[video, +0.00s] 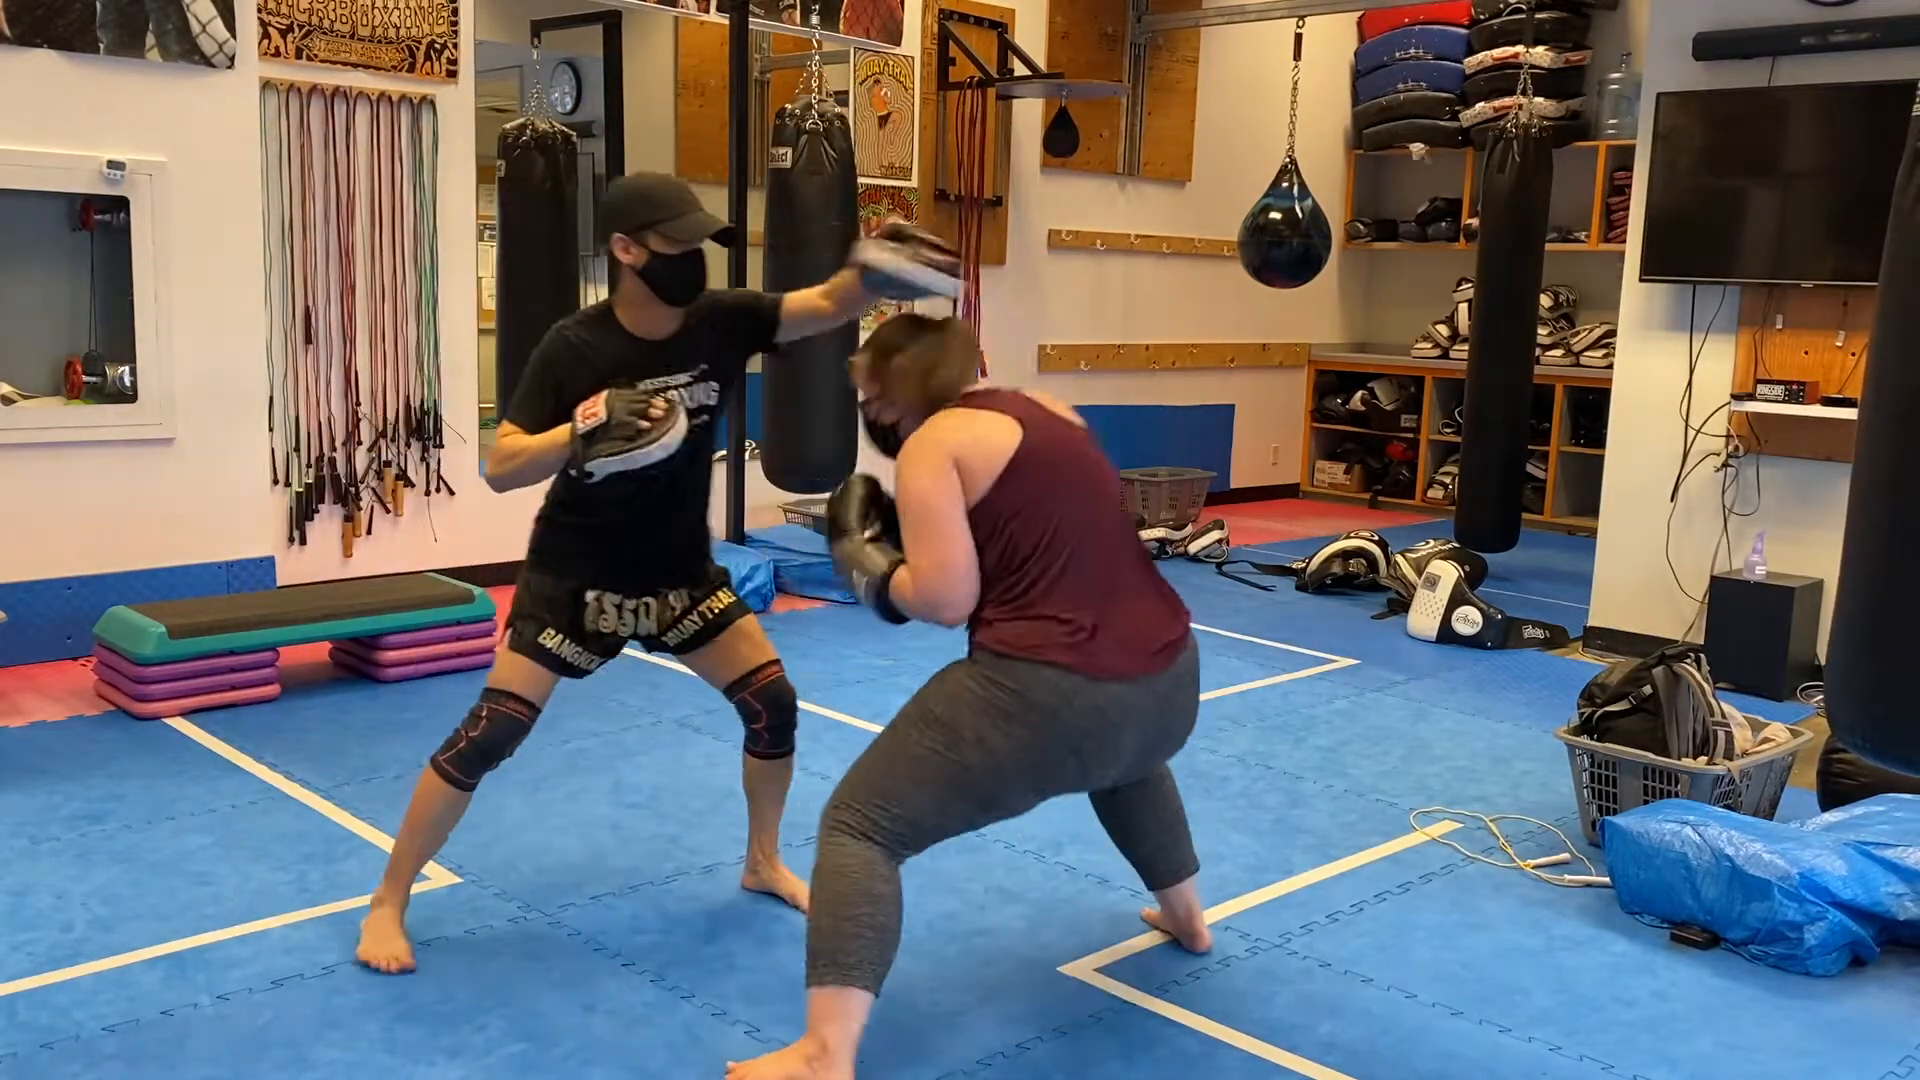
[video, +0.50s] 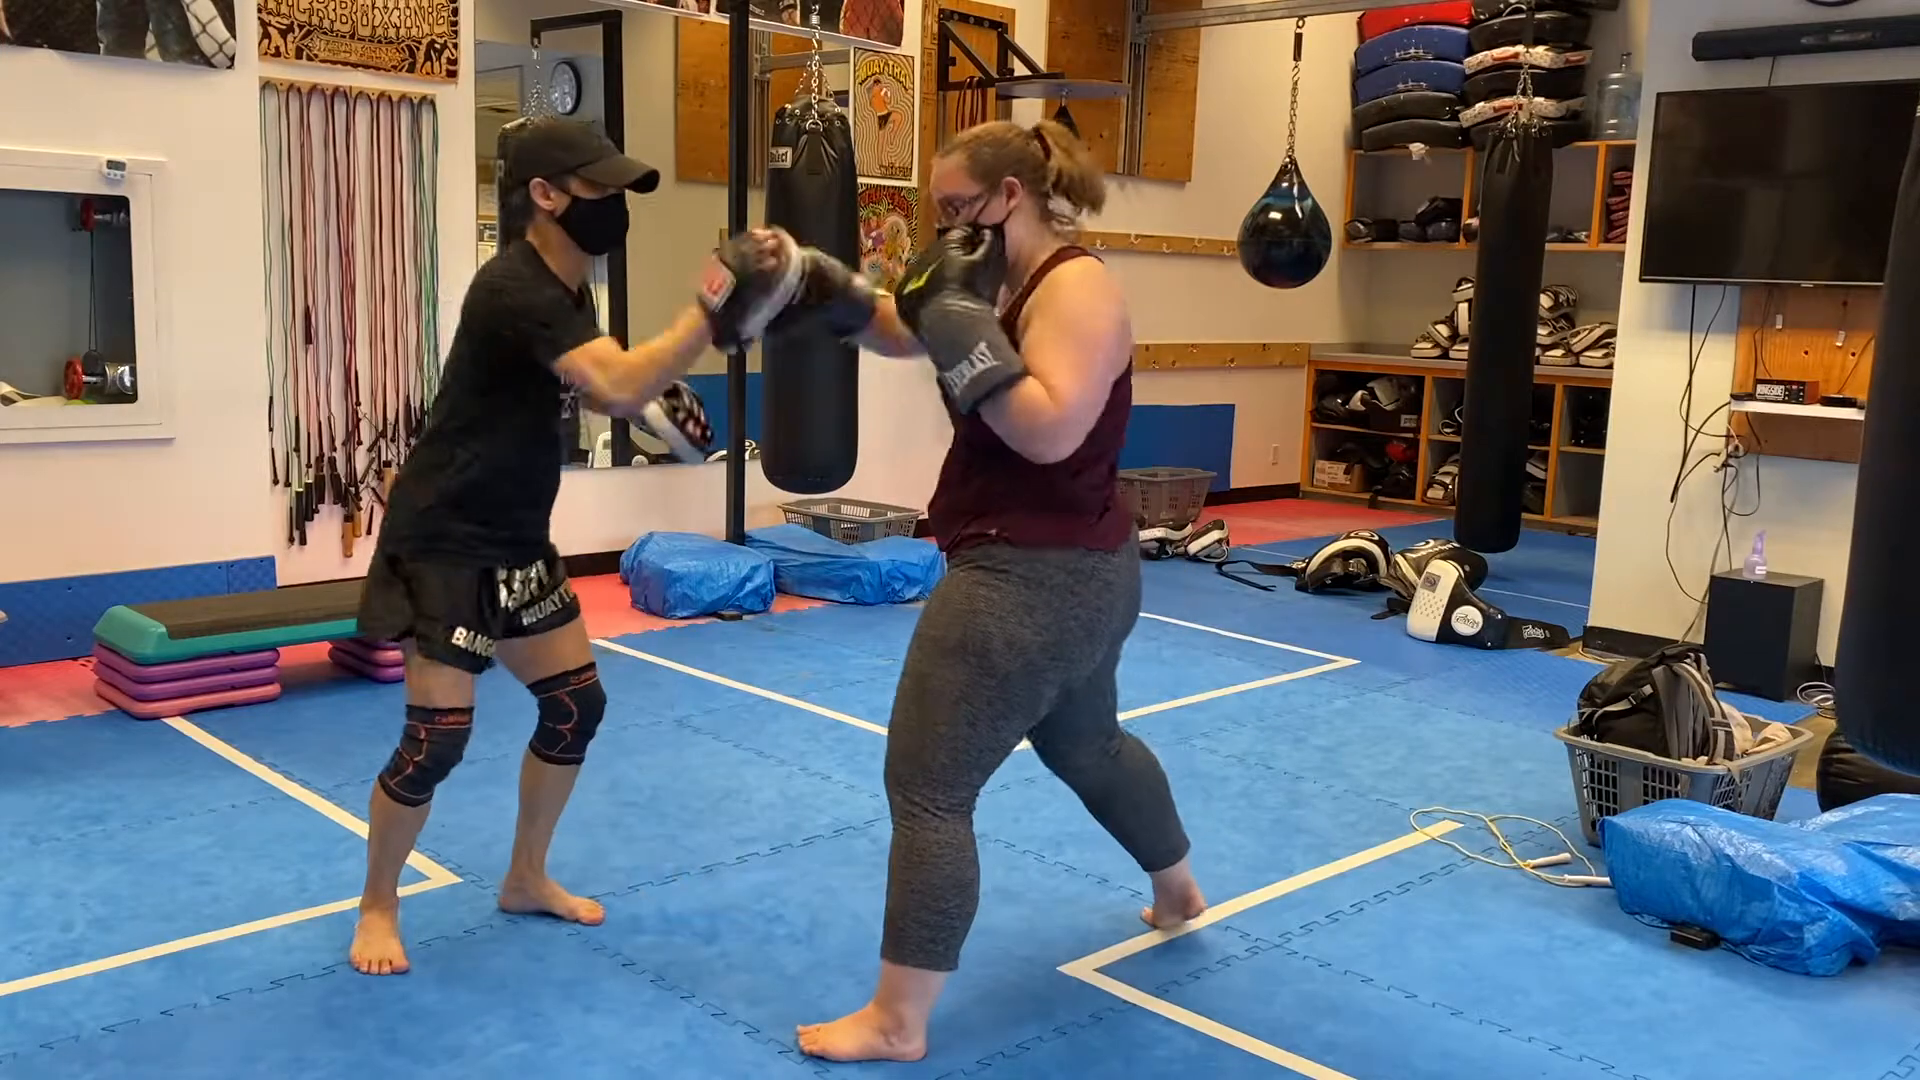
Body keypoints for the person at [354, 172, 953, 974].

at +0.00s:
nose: (697, 258)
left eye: (699, 244)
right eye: (680, 247)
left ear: (701, 240)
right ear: (627, 251)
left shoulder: (719, 322)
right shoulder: (572, 348)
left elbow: (829, 304)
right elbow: (500, 467)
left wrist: (872, 264)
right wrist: (577, 434)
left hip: (682, 571)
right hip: (574, 576)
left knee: (773, 704)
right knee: (496, 729)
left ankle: (764, 859)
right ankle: (388, 902)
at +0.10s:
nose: (663, 239)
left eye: (663, 226)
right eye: (646, 227)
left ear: (617, 231)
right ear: (592, 230)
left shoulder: (674, 309)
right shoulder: (531, 327)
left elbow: (776, 312)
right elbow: (472, 459)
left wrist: (801, 289)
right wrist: (553, 405)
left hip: (636, 554)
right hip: (532, 559)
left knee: (726, 704)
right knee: (474, 733)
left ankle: (758, 859)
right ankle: (384, 905)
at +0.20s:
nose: (624, 224)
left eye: (623, 210)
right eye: (607, 211)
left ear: (571, 216)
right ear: (554, 215)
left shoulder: (627, 298)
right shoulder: (486, 312)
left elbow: (753, 339)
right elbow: (454, 444)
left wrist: (736, 343)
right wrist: (519, 352)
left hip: (584, 538)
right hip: (484, 543)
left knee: (681, 699)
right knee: (446, 732)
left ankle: (709, 858)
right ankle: (380, 907)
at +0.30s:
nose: (592, 222)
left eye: (594, 206)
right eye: (576, 207)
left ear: (576, 208)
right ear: (523, 208)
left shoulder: (602, 298)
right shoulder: (466, 302)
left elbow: (671, 366)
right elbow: (466, 427)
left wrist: (698, 405)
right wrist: (513, 310)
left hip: (557, 536)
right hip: (461, 540)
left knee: (642, 699)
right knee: (437, 734)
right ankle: (379, 908)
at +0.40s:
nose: (599, 207)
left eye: (601, 193)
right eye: (587, 193)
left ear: (560, 198)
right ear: (536, 195)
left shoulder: (578, 287)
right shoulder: (482, 295)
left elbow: (607, 368)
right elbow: (536, 409)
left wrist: (655, 399)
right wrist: (557, 291)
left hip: (537, 538)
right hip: (453, 541)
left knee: (593, 709)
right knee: (430, 736)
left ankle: (529, 877)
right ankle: (377, 908)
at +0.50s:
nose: (616, 206)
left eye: (616, 192)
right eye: (600, 193)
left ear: (560, 197)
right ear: (547, 196)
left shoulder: (564, 283)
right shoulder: (513, 286)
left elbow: (607, 391)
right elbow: (619, 384)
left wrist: (657, 390)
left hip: (518, 534)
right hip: (443, 536)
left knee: (573, 703)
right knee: (436, 736)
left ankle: (527, 880)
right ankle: (378, 909)